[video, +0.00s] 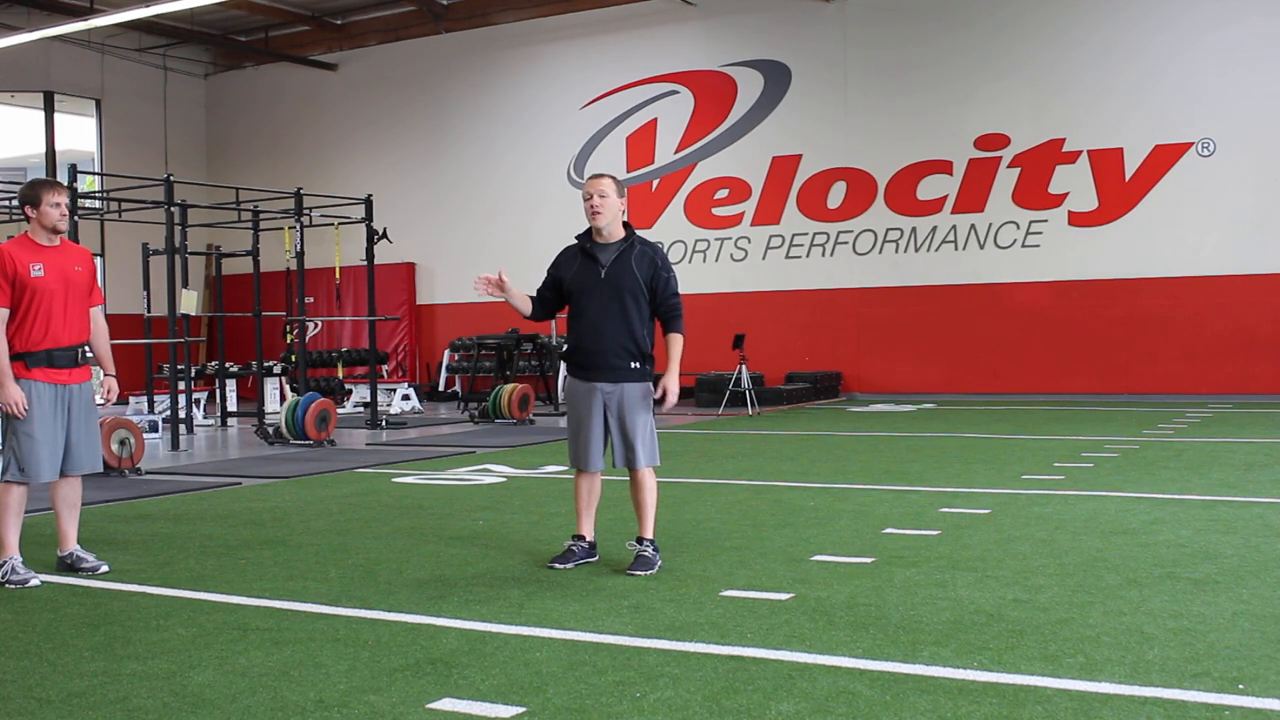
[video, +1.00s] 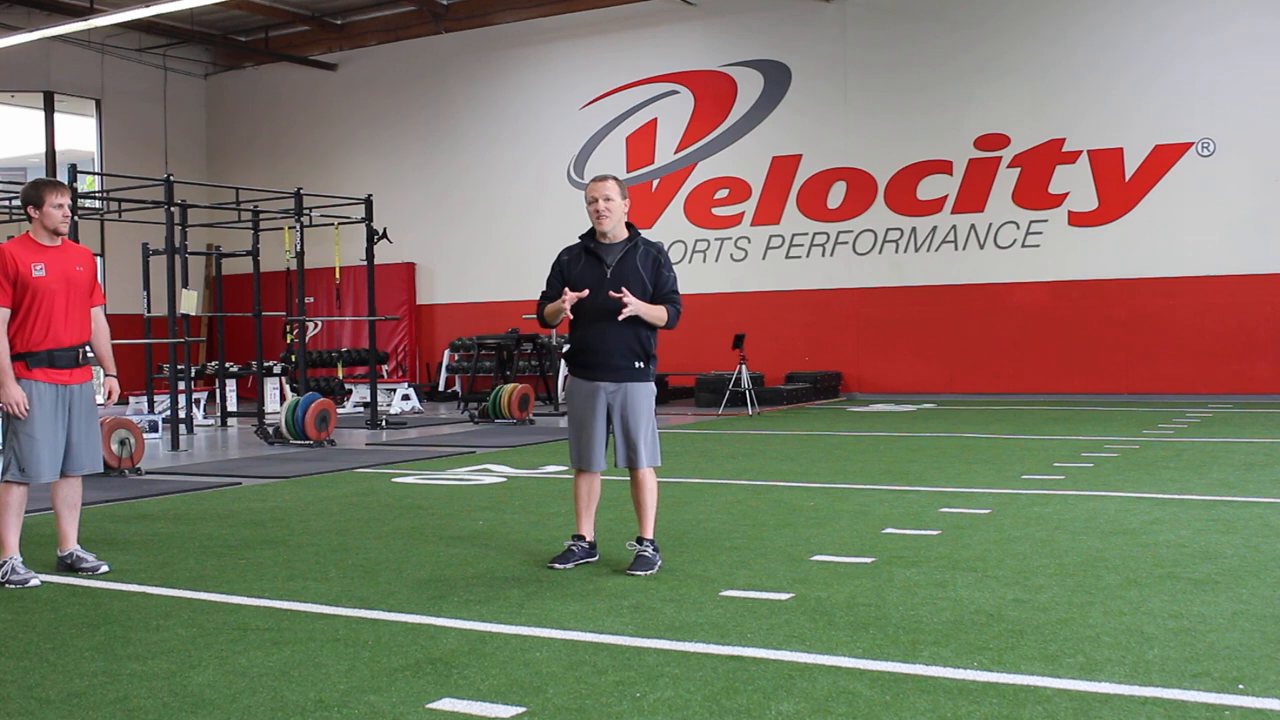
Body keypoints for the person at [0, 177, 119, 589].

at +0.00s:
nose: (64, 211)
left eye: (66, 205)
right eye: (55, 205)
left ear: (68, 211)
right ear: (31, 211)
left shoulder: (83, 257)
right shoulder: (10, 255)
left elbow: (95, 319)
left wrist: (109, 371)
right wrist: (6, 381)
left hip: (76, 377)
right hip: (29, 378)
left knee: (72, 466)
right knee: (18, 473)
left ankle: (69, 551)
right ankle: (10, 559)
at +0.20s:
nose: (65, 212)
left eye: (67, 206)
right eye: (56, 205)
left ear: (68, 211)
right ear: (31, 211)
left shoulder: (83, 256)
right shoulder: (10, 255)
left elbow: (96, 318)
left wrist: (110, 370)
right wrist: (6, 381)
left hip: (77, 376)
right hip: (29, 378)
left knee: (72, 466)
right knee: (18, 473)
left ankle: (69, 551)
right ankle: (9, 559)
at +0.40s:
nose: (65, 212)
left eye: (68, 206)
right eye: (56, 206)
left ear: (69, 211)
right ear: (32, 211)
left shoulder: (83, 257)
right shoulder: (11, 254)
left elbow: (96, 318)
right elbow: (0, 325)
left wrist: (111, 370)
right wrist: (6, 381)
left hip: (76, 377)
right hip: (29, 378)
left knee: (72, 466)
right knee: (18, 473)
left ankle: (69, 551)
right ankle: (10, 559)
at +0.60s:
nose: (66, 212)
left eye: (68, 206)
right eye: (57, 206)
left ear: (69, 211)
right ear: (33, 211)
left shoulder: (84, 257)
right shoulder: (11, 254)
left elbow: (96, 318)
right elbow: (0, 326)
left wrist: (111, 370)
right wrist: (7, 381)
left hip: (76, 376)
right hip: (29, 378)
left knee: (72, 466)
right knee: (18, 473)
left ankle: (69, 551)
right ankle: (10, 559)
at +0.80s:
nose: (66, 212)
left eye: (69, 206)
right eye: (57, 206)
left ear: (70, 211)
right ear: (33, 211)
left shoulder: (84, 257)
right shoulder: (11, 254)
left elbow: (97, 319)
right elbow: (0, 325)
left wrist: (110, 371)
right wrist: (7, 381)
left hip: (77, 377)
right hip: (30, 378)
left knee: (72, 466)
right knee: (18, 473)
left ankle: (69, 551)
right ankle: (9, 559)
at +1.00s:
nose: (66, 213)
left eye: (68, 206)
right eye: (57, 206)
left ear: (69, 211)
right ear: (33, 211)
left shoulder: (84, 257)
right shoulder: (11, 255)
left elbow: (96, 319)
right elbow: (0, 326)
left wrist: (110, 371)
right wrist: (6, 381)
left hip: (77, 376)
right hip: (29, 378)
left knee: (72, 466)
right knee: (18, 473)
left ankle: (69, 551)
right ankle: (10, 560)